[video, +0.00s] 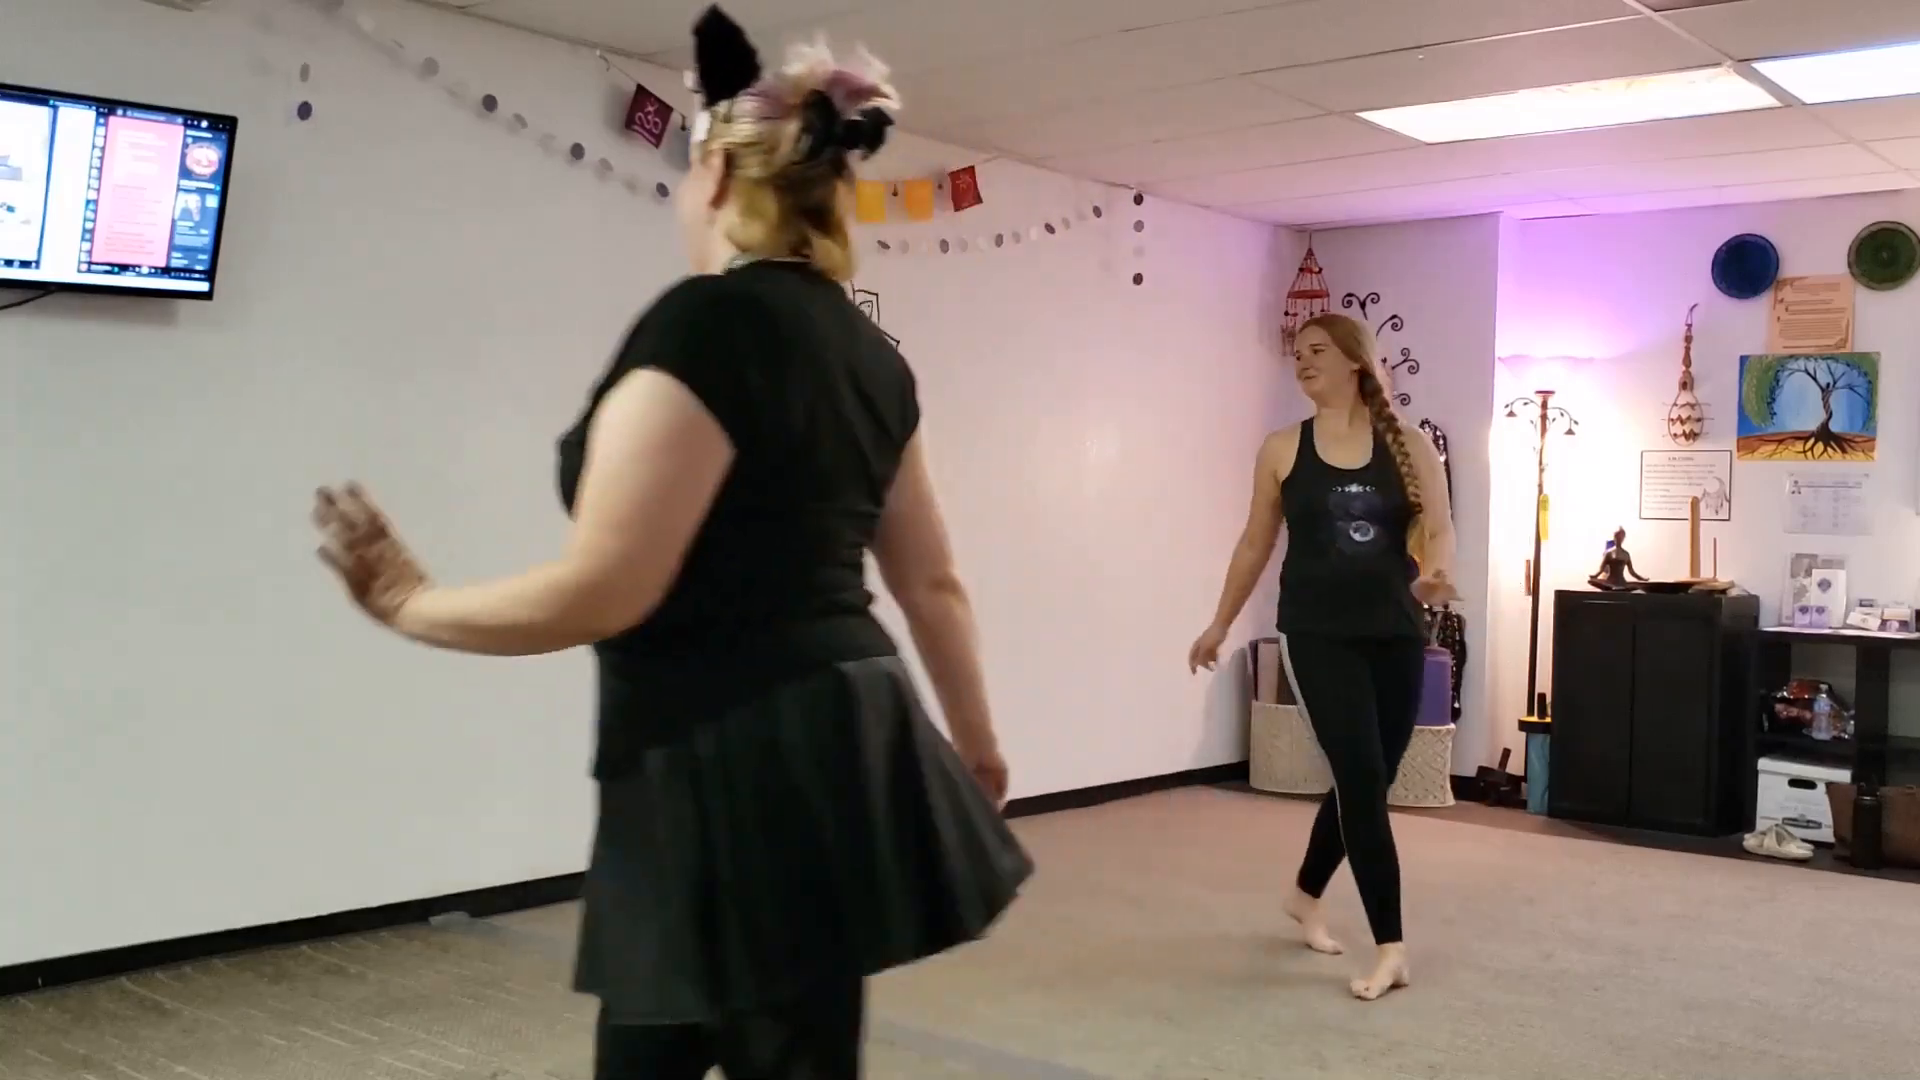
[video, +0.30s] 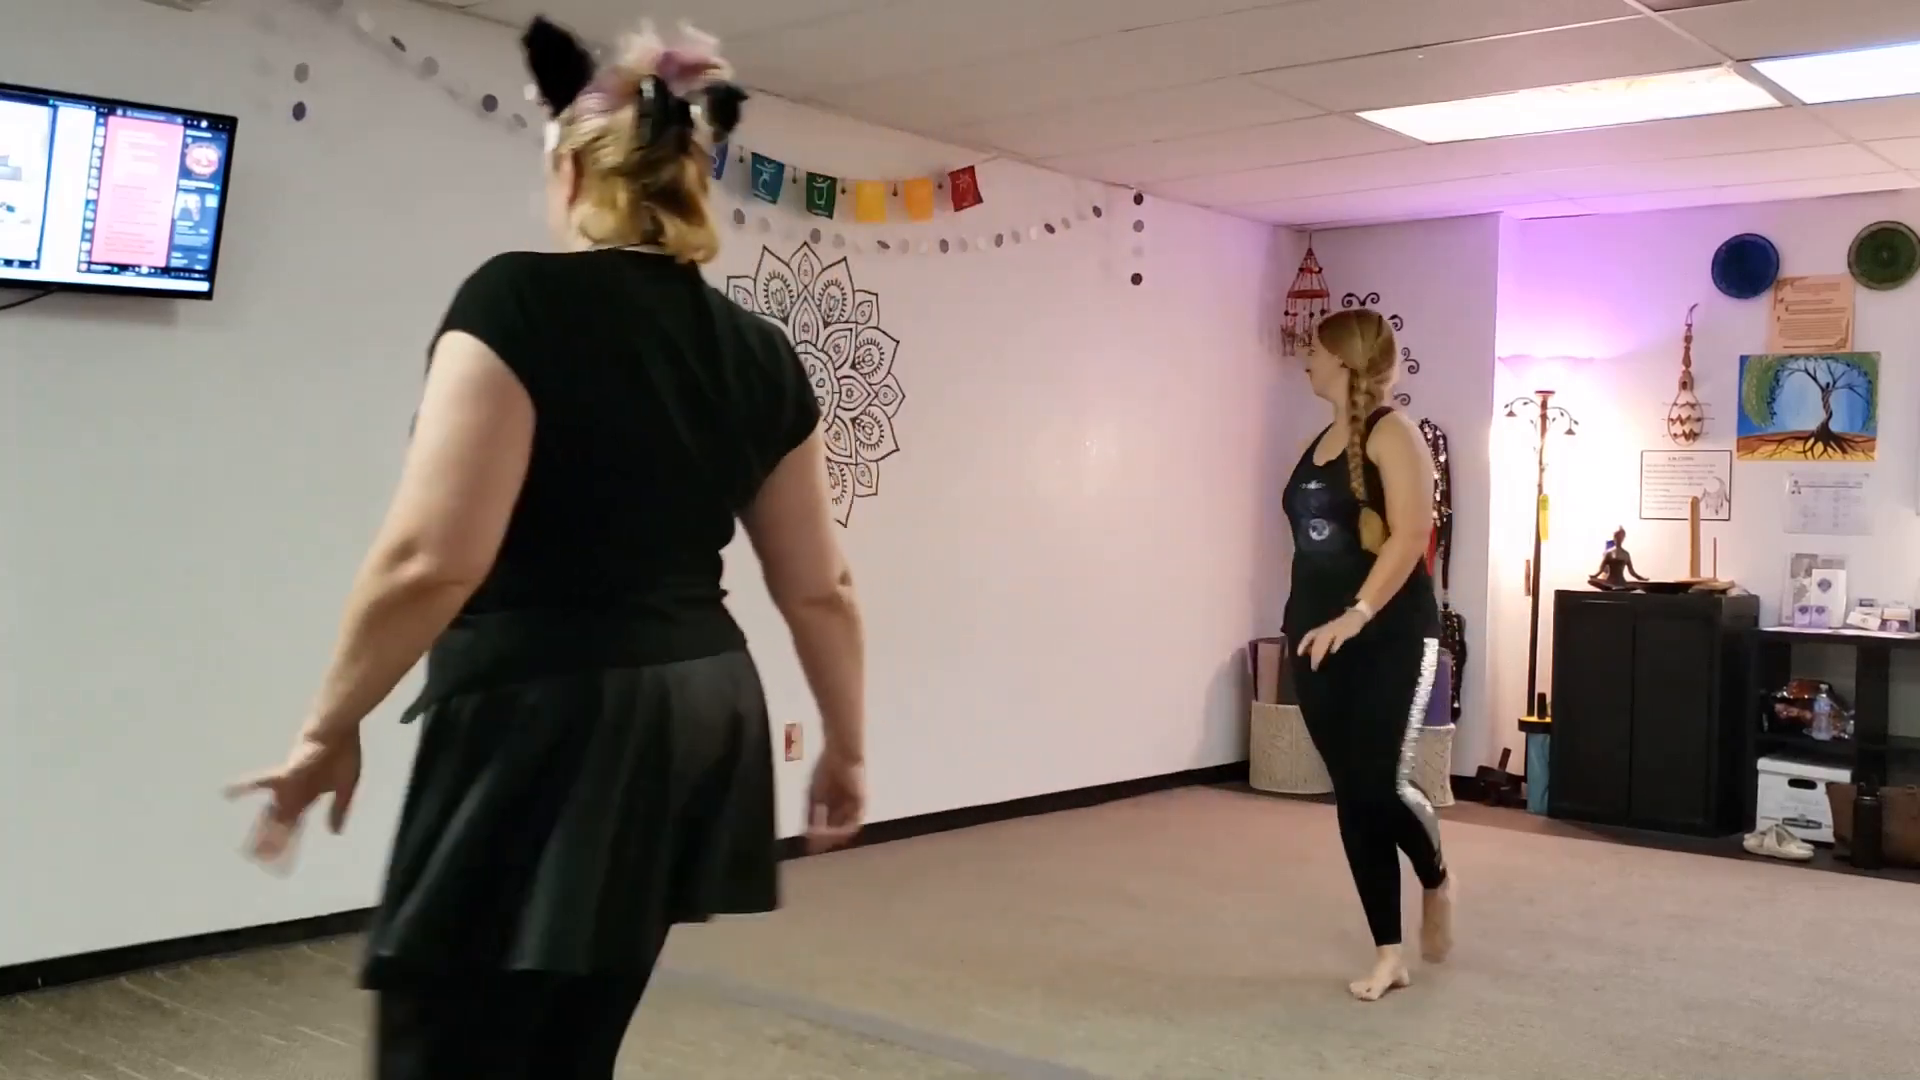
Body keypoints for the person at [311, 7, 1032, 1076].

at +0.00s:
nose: (679, 201)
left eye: (685, 176)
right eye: (683, 176)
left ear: (719, 172)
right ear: (823, 192)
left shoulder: (706, 326)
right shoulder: (870, 355)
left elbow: (605, 588)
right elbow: (930, 580)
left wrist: (408, 602)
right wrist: (978, 741)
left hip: (707, 761)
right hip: (843, 736)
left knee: (646, 1054)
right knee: (802, 1052)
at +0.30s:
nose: (545, 191)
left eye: (546, 167)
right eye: (545, 169)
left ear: (570, 169)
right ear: (694, 179)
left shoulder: (520, 298)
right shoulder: (757, 351)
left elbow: (434, 557)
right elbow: (818, 585)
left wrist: (332, 725)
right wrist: (845, 746)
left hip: (536, 716)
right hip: (699, 713)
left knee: (446, 1035)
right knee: (575, 1044)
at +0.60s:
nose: (413, 212)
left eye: (416, 194)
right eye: (415, 193)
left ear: (435, 190)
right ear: (560, 179)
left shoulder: (404, 295)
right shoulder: (671, 323)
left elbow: (312, 472)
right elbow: (753, 555)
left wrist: (277, 560)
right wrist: (711, 665)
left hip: (404, 697)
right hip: (606, 717)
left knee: (282, 968)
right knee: (511, 1047)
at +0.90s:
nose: (326, 227)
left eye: (326, 206)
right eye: (325, 206)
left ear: (348, 207)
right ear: (471, 196)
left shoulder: (309, 336)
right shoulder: (582, 341)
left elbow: (223, 561)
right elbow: (660, 573)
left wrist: (138, 423)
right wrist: (618, 651)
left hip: (324, 714)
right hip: (517, 717)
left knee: (277, 1047)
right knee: (478, 1053)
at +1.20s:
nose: (260, 230)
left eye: (261, 211)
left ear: (272, 219)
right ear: (397, 213)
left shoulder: (232, 364)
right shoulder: (498, 351)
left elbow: (90, 570)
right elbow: (591, 557)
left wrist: (6, 401)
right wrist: (596, 680)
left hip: (229, 723)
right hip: (417, 730)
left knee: (218, 1042)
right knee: (402, 1040)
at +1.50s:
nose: (418, 281)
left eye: (419, 262)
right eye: (417, 261)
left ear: (285, 245)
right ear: (395, 256)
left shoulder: (182, 358)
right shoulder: (452, 376)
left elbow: (126, 565)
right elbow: (517, 580)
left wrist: (26, 511)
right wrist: (569, 737)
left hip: (203, 700)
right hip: (382, 716)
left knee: (232, 1004)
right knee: (416, 922)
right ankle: (340, 1072)